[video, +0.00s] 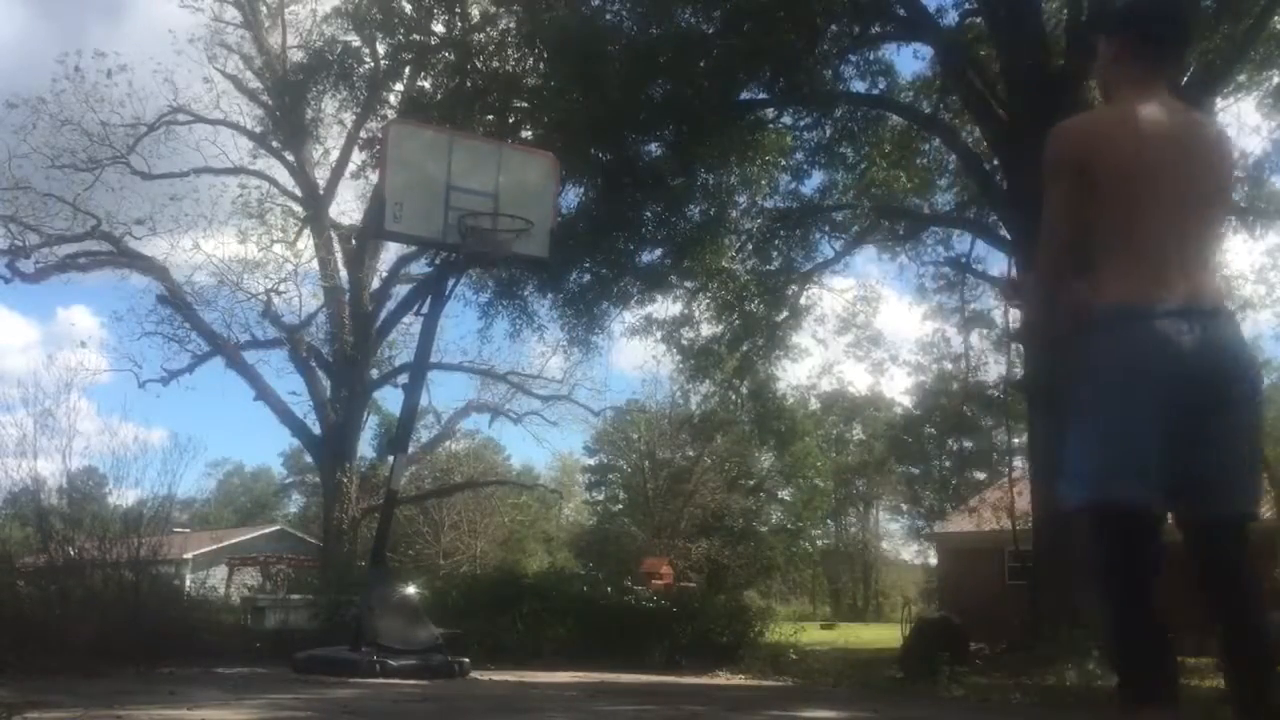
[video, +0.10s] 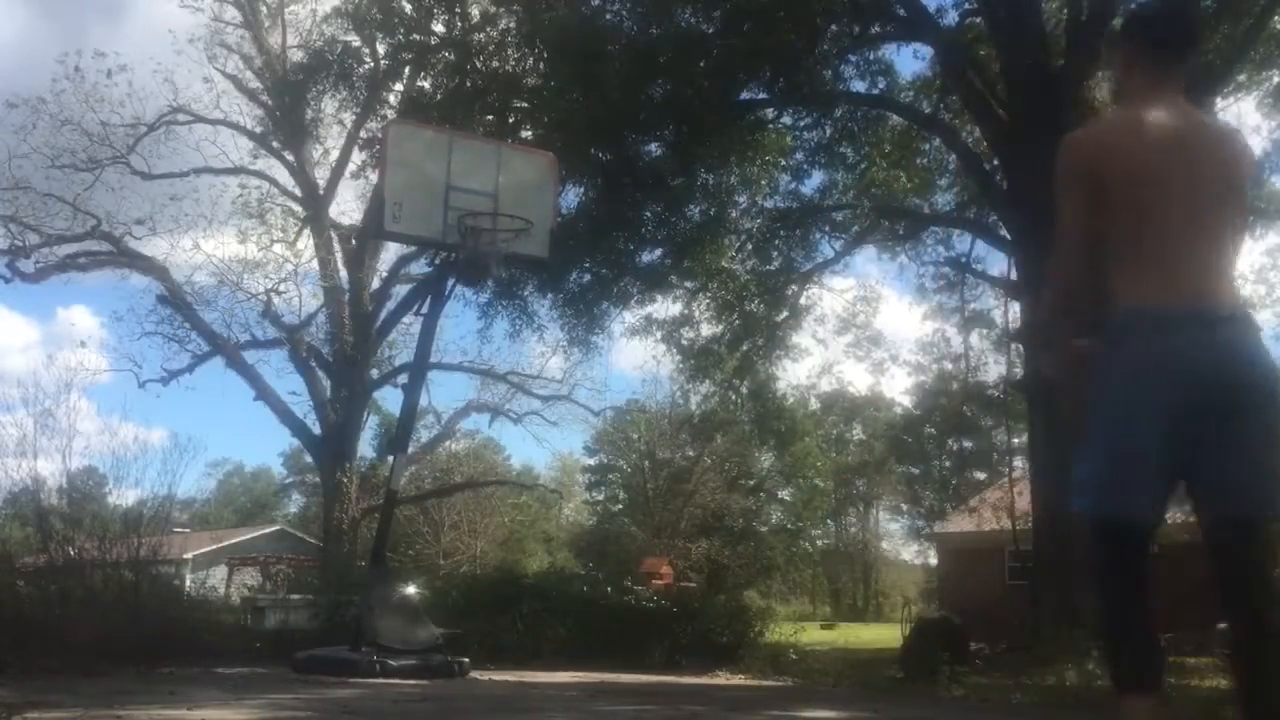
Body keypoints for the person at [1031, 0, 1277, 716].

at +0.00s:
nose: (1094, 63)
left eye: (1097, 50)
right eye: (1097, 52)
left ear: (1116, 51)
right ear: (1177, 55)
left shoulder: (1077, 137)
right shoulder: (1215, 141)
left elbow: (1053, 261)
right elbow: (1198, 238)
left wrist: (1044, 331)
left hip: (1122, 347)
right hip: (1215, 341)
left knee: (1124, 547)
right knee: (1226, 544)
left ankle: (1149, 700)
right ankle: (1256, 702)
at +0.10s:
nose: (1112, 68)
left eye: (1116, 56)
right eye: (1117, 56)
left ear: (1127, 56)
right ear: (1188, 60)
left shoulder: (1091, 144)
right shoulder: (1233, 147)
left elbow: (1072, 269)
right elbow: (1225, 247)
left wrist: (1061, 348)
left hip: (1139, 350)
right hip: (1233, 345)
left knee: (1119, 539)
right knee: (1243, 543)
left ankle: (1137, 696)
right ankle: (1258, 701)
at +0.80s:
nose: (1038, 153)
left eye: (1040, 141)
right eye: (1041, 141)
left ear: (1052, 136)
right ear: (1101, 132)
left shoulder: (1047, 191)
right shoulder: (1165, 194)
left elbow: (1058, 303)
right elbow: (1192, 306)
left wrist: (1065, 424)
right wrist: (1183, 380)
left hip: (1103, 378)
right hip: (1185, 377)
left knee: (1068, 551)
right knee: (1203, 552)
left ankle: (1046, 698)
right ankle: (1243, 703)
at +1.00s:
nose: (972, 178)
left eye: (974, 164)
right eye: (969, 165)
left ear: (998, 155)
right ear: (1040, 153)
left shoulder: (992, 203)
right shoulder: (1096, 206)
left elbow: (997, 316)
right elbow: (1106, 305)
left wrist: (1001, 423)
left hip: (1040, 374)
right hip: (1116, 372)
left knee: (1036, 547)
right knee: (1127, 546)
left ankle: (1025, 693)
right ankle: (1197, 685)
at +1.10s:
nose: (941, 170)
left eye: (943, 157)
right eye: (939, 158)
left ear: (964, 151)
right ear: (1001, 145)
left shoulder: (964, 206)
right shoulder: (1060, 202)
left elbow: (965, 321)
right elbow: (1072, 312)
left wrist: (959, 433)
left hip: (1015, 383)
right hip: (1083, 381)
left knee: (1014, 555)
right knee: (1074, 559)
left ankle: (1018, 701)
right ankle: (1152, 675)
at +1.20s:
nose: (922, 176)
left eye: (923, 164)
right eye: (920, 164)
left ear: (941, 156)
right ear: (981, 150)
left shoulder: (943, 209)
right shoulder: (1037, 209)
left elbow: (935, 312)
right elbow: (1046, 307)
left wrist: (921, 398)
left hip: (991, 379)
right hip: (1053, 379)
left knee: (997, 539)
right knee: (1046, 533)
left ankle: (1011, 690)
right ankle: (1080, 662)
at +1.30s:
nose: (904, 179)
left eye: (905, 168)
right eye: (904, 168)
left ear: (919, 159)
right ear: (957, 155)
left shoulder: (922, 214)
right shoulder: (1011, 213)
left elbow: (906, 326)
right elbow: (1027, 314)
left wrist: (884, 435)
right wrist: (1024, 378)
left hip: (967, 385)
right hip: (1027, 384)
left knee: (976, 541)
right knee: (990, 532)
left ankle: (1007, 694)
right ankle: (1010, 681)